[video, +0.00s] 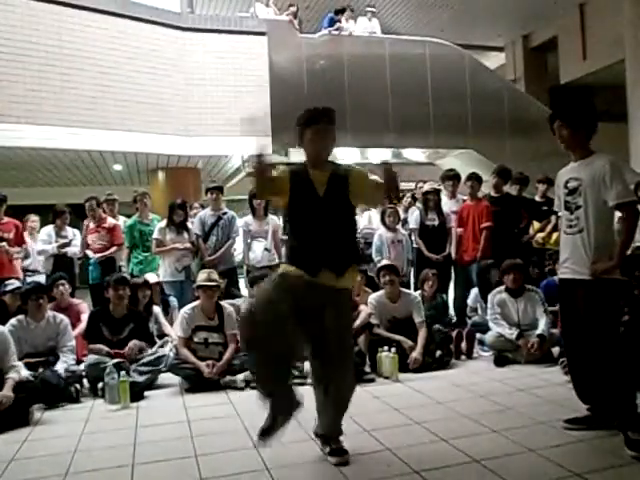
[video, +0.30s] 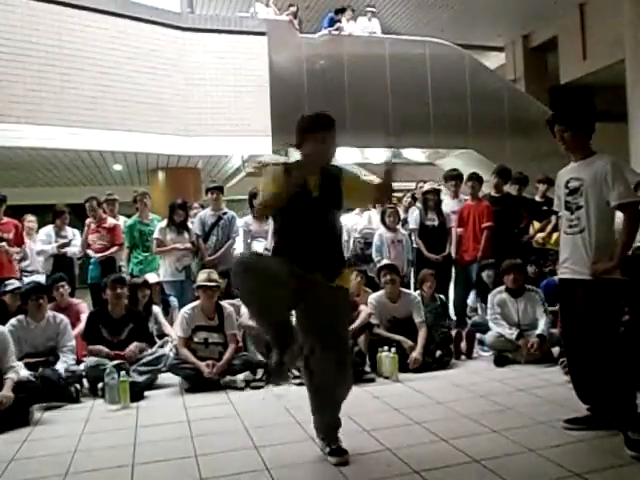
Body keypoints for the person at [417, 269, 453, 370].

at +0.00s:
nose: (431, 284)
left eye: (434, 281)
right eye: (428, 281)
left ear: (437, 284)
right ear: (422, 283)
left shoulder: (441, 299)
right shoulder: (416, 298)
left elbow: (445, 316)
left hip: (439, 328)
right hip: (423, 329)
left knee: (437, 329)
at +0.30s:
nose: (429, 289)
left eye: (432, 286)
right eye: (427, 286)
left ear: (435, 286)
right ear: (421, 286)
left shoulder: (441, 300)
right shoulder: (415, 299)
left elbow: (446, 317)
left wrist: (447, 325)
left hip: (439, 329)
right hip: (424, 330)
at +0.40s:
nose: (429, 284)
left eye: (431, 282)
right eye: (425, 282)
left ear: (434, 284)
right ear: (420, 284)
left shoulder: (440, 298)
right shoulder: (415, 299)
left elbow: (449, 314)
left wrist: (457, 324)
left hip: (442, 330)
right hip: (425, 331)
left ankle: (465, 349)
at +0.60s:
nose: (428, 285)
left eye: (430, 282)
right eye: (425, 282)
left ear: (434, 283)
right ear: (420, 284)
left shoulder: (440, 297)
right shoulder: (415, 298)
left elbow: (458, 308)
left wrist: (459, 319)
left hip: (441, 330)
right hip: (424, 331)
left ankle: (467, 349)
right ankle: (456, 349)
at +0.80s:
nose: (428, 285)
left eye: (431, 282)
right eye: (425, 282)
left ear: (434, 283)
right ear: (420, 284)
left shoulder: (441, 296)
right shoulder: (417, 298)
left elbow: (455, 310)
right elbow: (418, 315)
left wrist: (449, 318)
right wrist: (432, 318)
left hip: (443, 325)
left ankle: (466, 347)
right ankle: (455, 346)